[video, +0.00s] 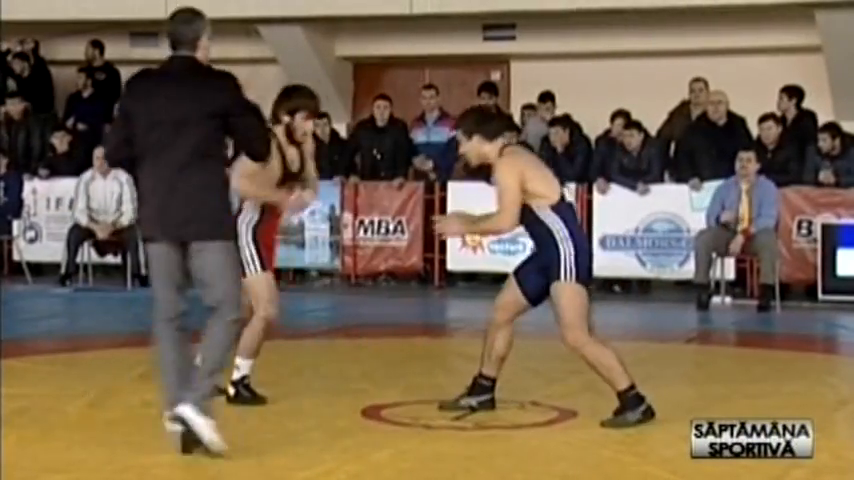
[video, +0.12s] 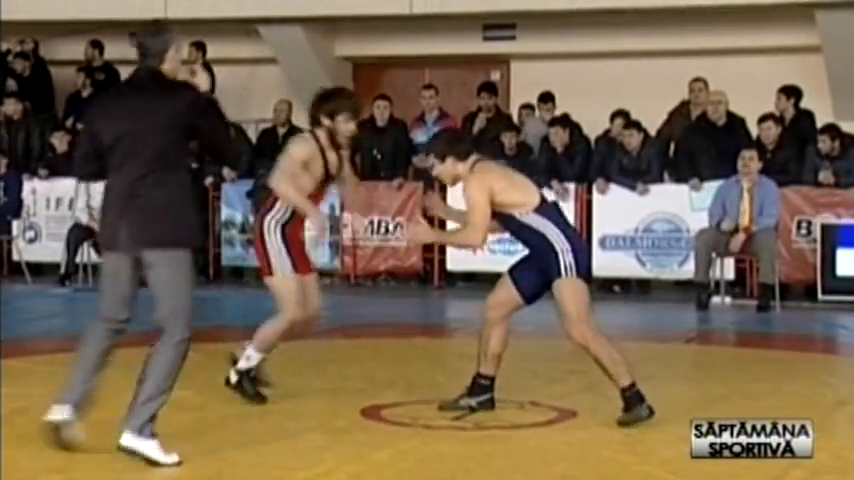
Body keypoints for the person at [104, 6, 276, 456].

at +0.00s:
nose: (210, 46)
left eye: (205, 39)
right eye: (208, 40)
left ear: (169, 42)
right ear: (202, 42)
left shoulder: (139, 85)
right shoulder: (218, 85)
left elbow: (115, 152)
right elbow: (258, 143)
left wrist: (152, 164)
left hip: (156, 213)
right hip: (207, 211)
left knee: (166, 314)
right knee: (226, 308)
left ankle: (177, 410)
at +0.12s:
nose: (183, 59)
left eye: (180, 52)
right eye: (180, 52)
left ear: (138, 54)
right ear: (168, 56)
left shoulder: (107, 101)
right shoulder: (187, 100)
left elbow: (85, 166)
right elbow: (235, 153)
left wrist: (130, 159)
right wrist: (207, 102)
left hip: (117, 223)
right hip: (166, 225)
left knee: (110, 318)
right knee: (176, 331)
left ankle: (67, 404)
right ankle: (139, 429)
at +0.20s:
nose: (160, 73)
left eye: (158, 66)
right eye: (155, 68)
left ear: (119, 73)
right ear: (141, 74)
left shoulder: (86, 119)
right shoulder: (154, 117)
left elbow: (65, 188)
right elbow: (193, 159)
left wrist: (109, 171)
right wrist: (180, 108)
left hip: (89, 242)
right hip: (134, 243)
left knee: (65, 337)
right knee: (167, 344)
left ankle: (3, 410)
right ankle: (132, 444)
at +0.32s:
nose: (116, 88)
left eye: (114, 79)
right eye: (111, 80)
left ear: (73, 81)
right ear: (94, 81)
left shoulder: (34, 122)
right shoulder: (92, 124)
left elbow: (18, 191)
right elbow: (138, 169)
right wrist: (131, 120)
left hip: (40, 253)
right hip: (85, 253)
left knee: (6, 344)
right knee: (132, 341)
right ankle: (134, 447)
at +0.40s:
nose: (81, 81)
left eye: (79, 73)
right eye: (75, 74)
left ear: (44, 76)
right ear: (54, 75)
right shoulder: (42, 117)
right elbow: (97, 161)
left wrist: (90, 118)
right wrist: (95, 112)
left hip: (13, 249)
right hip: (33, 251)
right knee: (78, 339)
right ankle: (121, 433)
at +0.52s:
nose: (27, 59)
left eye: (26, 51)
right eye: (22, 50)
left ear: (11, 55)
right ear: (7, 54)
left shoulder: (13, 98)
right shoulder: (6, 100)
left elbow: (40, 146)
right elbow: (41, 147)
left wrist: (41, 94)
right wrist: (42, 93)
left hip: (5, 233)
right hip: (2, 235)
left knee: (17, 318)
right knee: (14, 319)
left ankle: (7, 433)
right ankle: (5, 434)